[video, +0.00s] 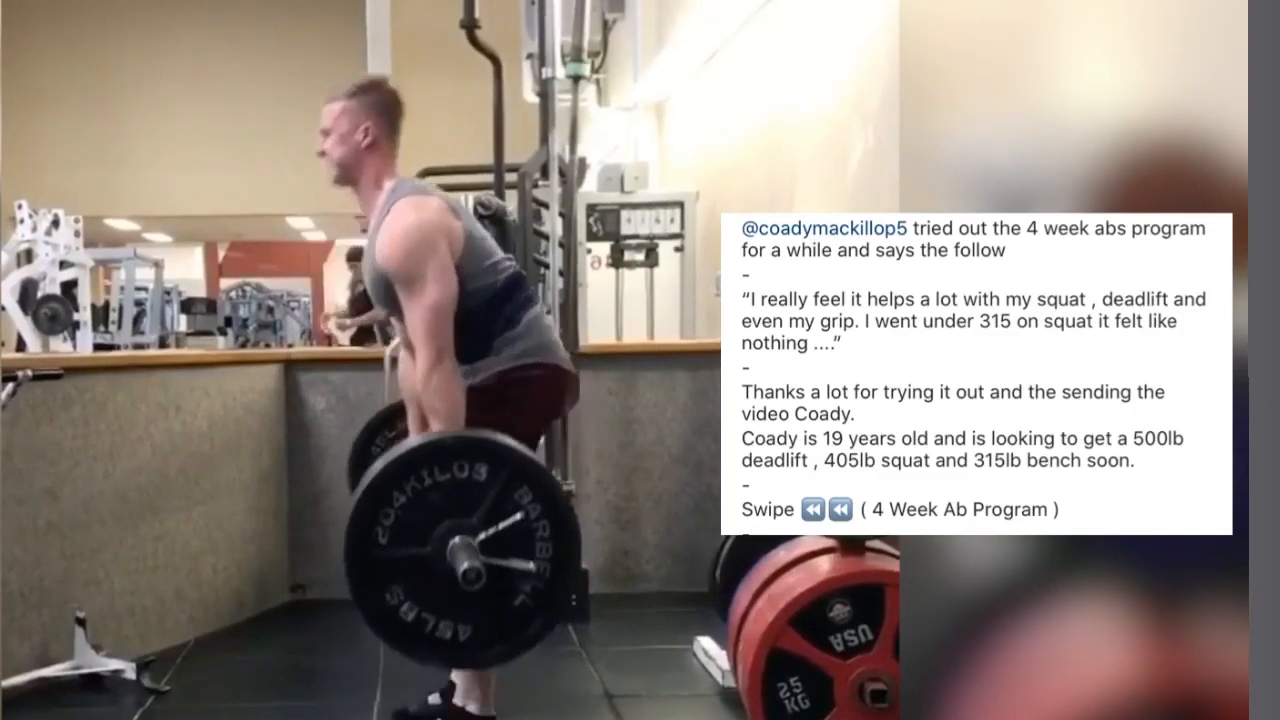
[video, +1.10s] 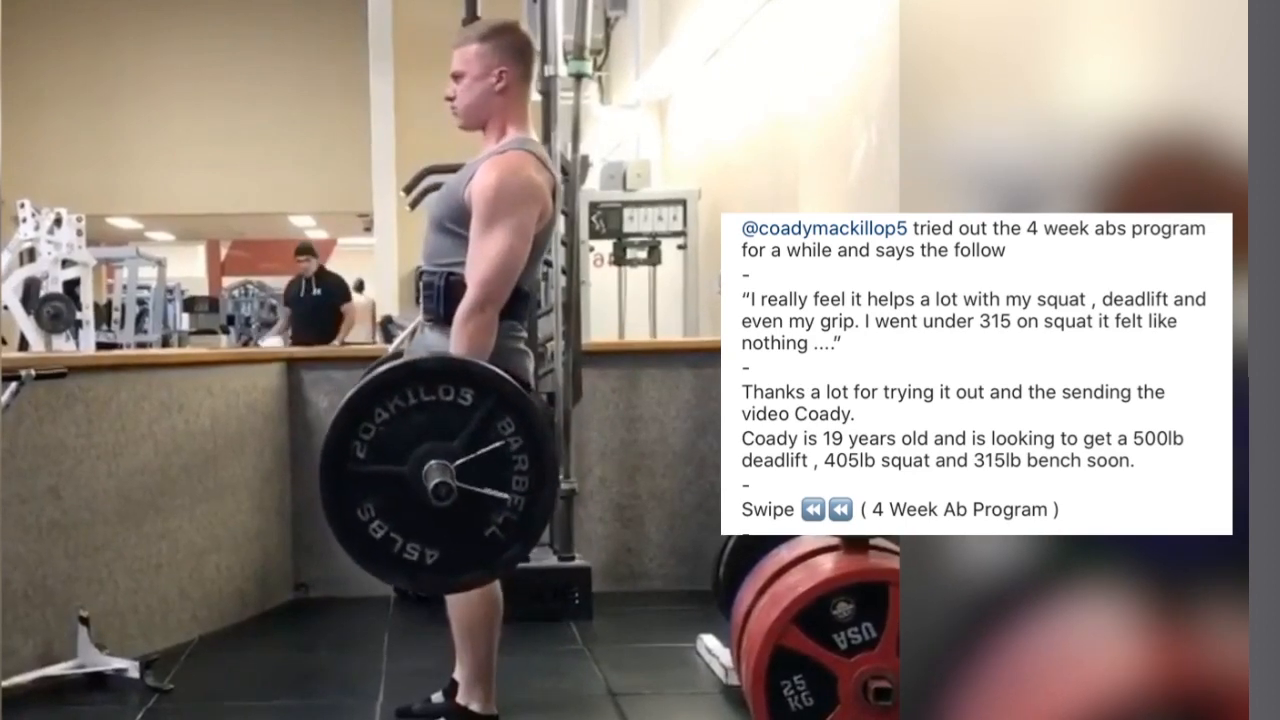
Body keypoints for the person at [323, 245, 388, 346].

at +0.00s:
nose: (352, 271)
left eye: (354, 267)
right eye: (350, 267)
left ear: (364, 264)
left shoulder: (373, 283)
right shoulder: (355, 284)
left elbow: (381, 313)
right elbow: (353, 312)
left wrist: (350, 323)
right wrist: (334, 316)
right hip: (358, 340)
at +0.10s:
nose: (349, 271)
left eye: (352, 267)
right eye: (347, 268)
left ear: (363, 263)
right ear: (344, 267)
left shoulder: (374, 282)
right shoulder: (352, 282)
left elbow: (376, 315)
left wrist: (345, 322)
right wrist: (328, 314)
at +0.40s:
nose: (337, 272)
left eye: (340, 268)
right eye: (334, 268)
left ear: (350, 264)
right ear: (331, 265)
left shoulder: (365, 284)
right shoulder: (334, 282)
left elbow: (362, 320)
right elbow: (325, 303)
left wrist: (330, 326)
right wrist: (313, 315)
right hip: (336, 339)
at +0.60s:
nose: (328, 269)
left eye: (331, 266)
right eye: (326, 265)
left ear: (342, 262)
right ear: (324, 262)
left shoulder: (357, 283)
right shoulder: (323, 279)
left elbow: (356, 320)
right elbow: (314, 303)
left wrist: (326, 328)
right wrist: (302, 317)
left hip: (346, 344)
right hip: (321, 342)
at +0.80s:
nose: (317, 269)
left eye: (321, 265)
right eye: (316, 265)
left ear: (332, 262)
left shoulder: (351, 282)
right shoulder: (314, 280)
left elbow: (357, 318)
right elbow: (304, 306)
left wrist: (330, 335)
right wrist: (285, 323)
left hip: (340, 347)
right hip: (312, 345)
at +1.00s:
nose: (309, 267)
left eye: (312, 262)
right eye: (305, 263)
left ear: (323, 261)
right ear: (303, 263)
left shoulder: (341, 282)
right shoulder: (302, 283)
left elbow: (354, 317)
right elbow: (297, 311)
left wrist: (338, 340)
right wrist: (284, 328)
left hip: (331, 346)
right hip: (304, 346)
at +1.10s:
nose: (304, 265)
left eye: (308, 260)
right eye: (300, 261)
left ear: (317, 260)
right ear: (296, 263)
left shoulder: (335, 282)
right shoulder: (293, 285)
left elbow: (350, 314)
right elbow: (287, 317)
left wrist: (339, 341)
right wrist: (271, 336)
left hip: (327, 350)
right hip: (299, 351)